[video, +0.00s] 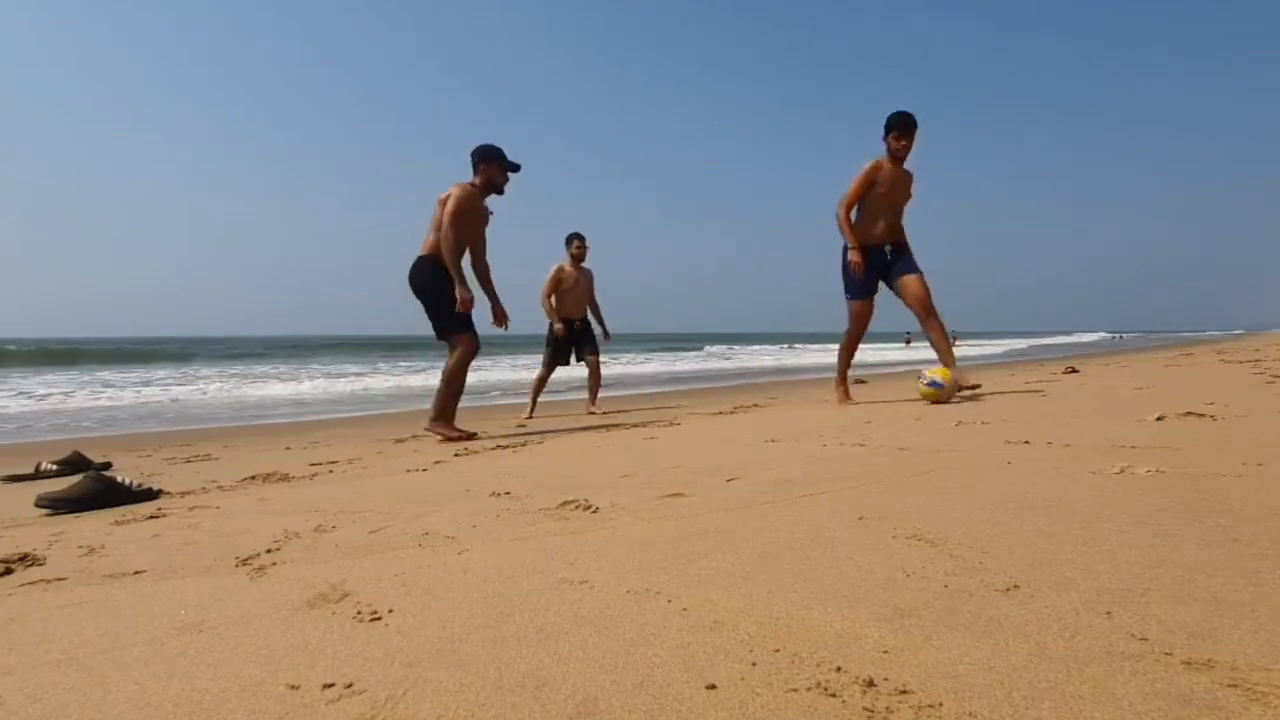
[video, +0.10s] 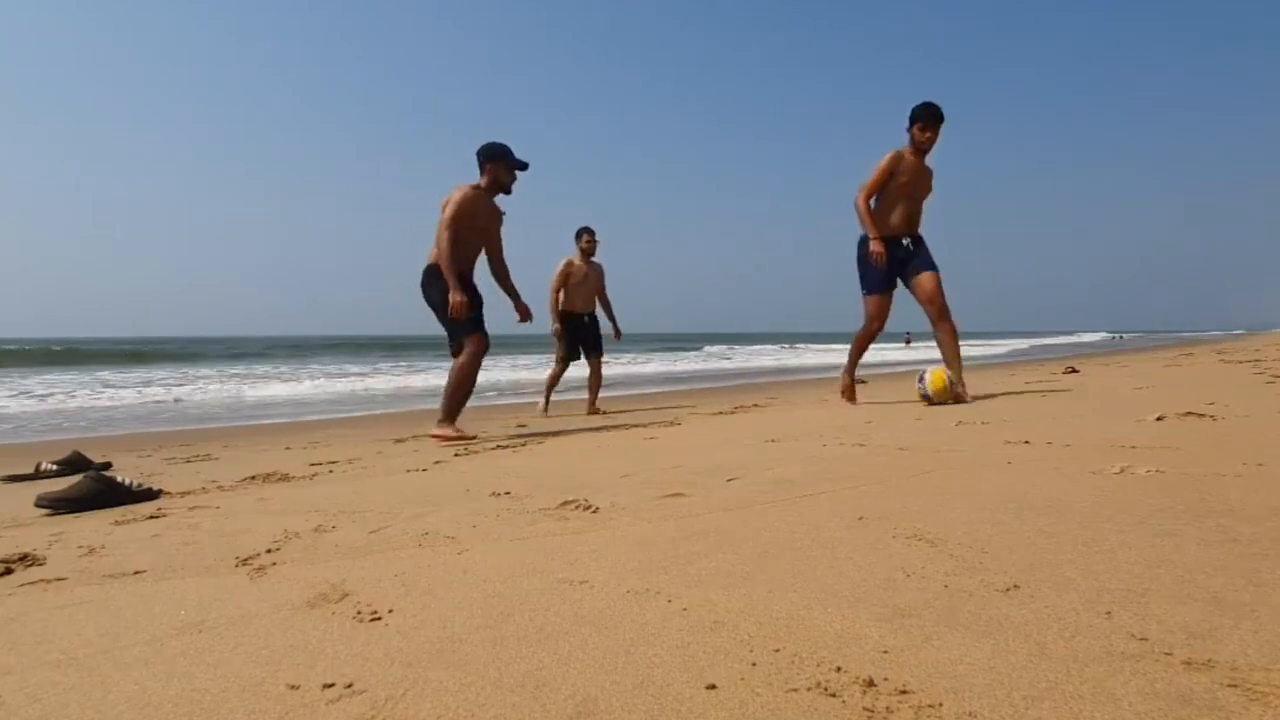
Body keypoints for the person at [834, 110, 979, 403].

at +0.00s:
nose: (903, 145)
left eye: (908, 139)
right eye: (897, 138)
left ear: (913, 141)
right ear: (886, 139)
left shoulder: (907, 178)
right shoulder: (873, 171)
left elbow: (895, 219)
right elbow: (843, 211)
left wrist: (905, 254)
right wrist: (853, 247)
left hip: (894, 252)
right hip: (862, 253)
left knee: (924, 305)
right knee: (859, 324)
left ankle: (953, 375)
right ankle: (841, 384)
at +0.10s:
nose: (927, 136)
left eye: (933, 131)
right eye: (922, 129)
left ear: (939, 133)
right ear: (910, 130)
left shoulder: (927, 173)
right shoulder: (895, 161)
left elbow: (912, 208)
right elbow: (862, 199)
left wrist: (914, 241)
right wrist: (874, 237)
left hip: (911, 244)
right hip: (879, 245)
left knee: (938, 306)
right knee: (875, 322)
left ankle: (957, 383)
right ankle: (849, 373)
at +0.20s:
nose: (946, 134)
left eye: (953, 129)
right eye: (941, 127)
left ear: (958, 134)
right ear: (929, 128)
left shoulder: (949, 176)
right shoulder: (909, 161)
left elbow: (935, 219)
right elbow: (876, 204)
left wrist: (937, 253)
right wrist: (884, 241)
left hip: (929, 251)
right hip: (895, 248)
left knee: (953, 310)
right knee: (890, 323)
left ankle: (957, 385)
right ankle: (863, 369)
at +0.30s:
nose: (953, 118)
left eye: (960, 113)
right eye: (948, 111)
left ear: (968, 118)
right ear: (937, 112)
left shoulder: (963, 160)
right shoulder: (914, 149)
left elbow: (954, 211)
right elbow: (880, 195)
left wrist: (974, 252)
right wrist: (883, 234)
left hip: (937, 240)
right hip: (901, 237)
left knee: (958, 309)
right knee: (893, 305)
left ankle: (957, 389)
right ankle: (870, 373)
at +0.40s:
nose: (950, 94)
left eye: (958, 88)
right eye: (945, 86)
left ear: (966, 92)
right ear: (934, 87)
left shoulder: (967, 135)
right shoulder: (911, 127)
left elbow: (961, 185)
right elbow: (879, 173)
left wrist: (980, 219)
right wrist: (871, 220)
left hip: (941, 220)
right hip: (903, 216)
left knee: (963, 295)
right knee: (897, 283)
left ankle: (947, 381)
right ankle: (868, 369)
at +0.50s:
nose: (946, 82)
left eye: (953, 76)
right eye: (940, 75)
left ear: (963, 79)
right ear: (929, 76)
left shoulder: (968, 123)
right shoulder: (908, 119)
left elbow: (967, 174)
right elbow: (876, 169)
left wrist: (984, 210)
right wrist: (856, 218)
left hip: (945, 216)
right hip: (907, 211)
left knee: (963, 294)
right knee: (897, 281)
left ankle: (951, 387)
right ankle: (877, 372)